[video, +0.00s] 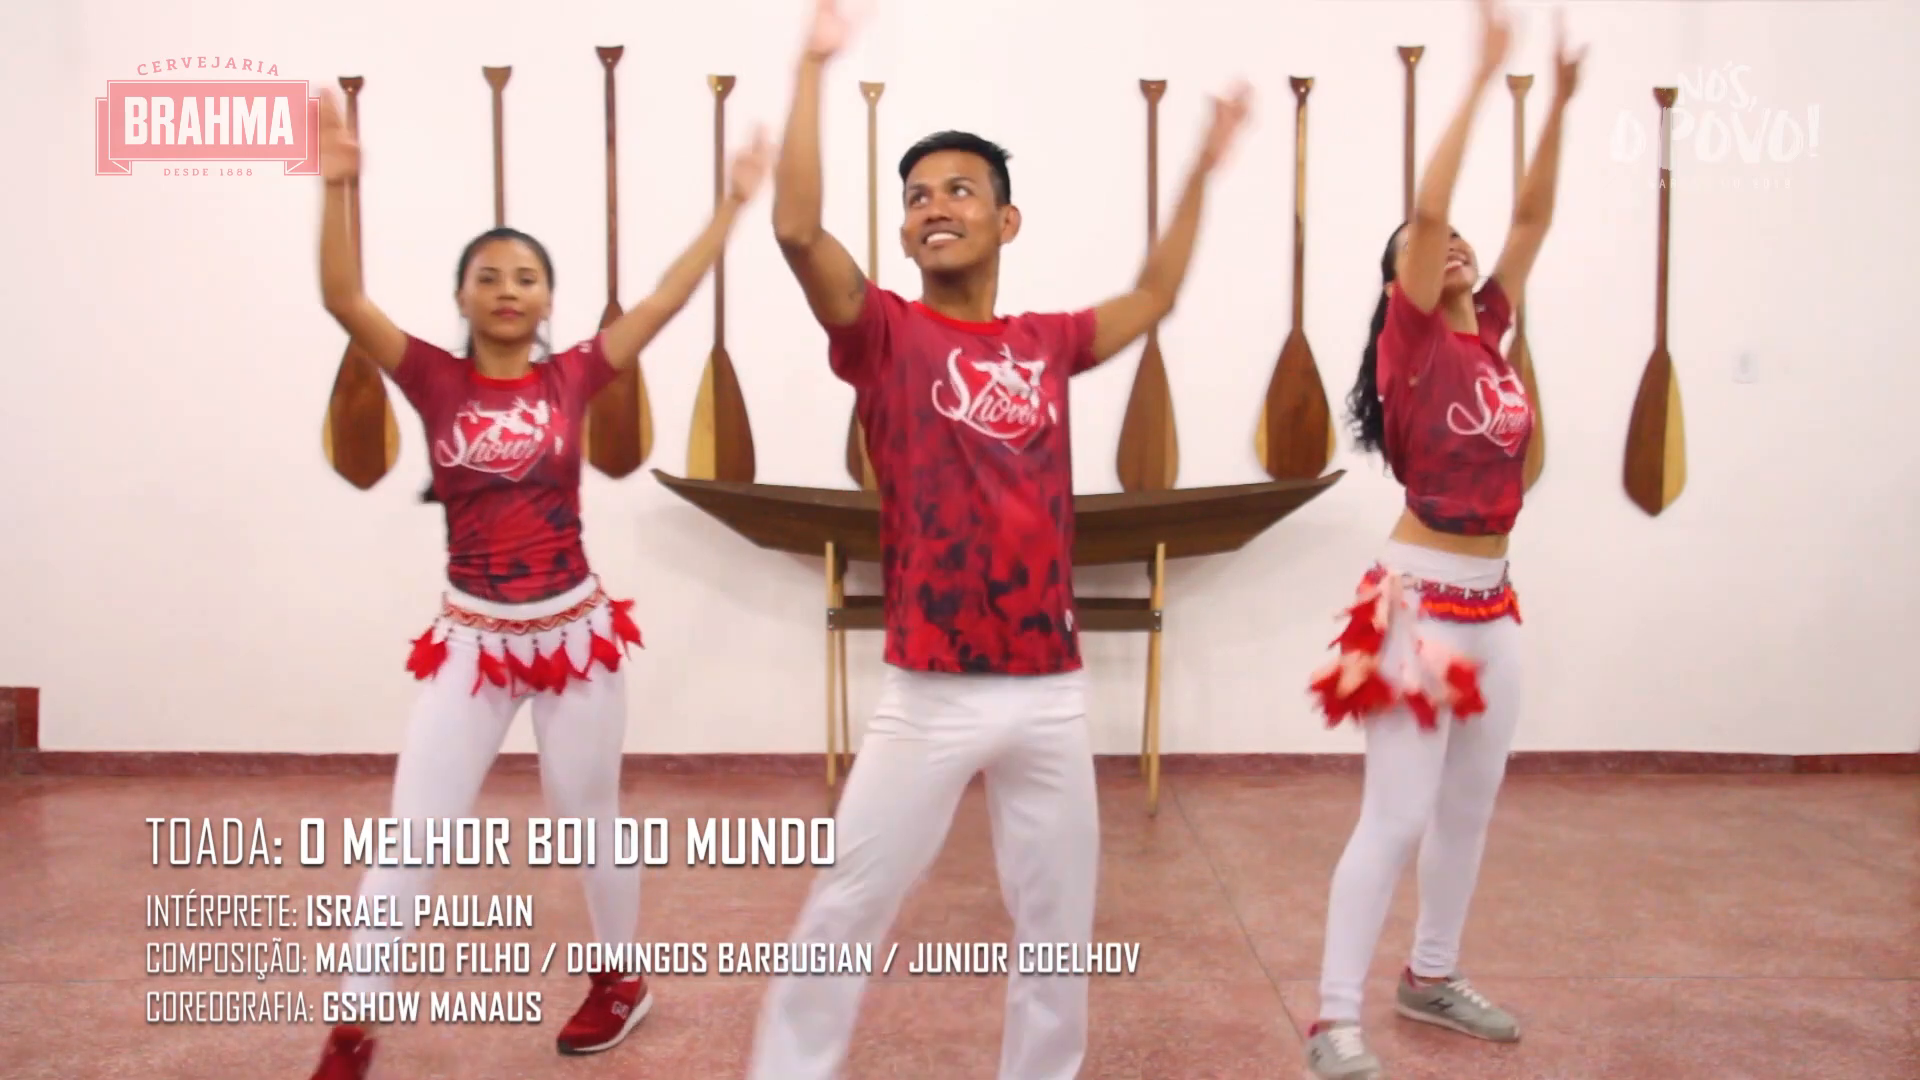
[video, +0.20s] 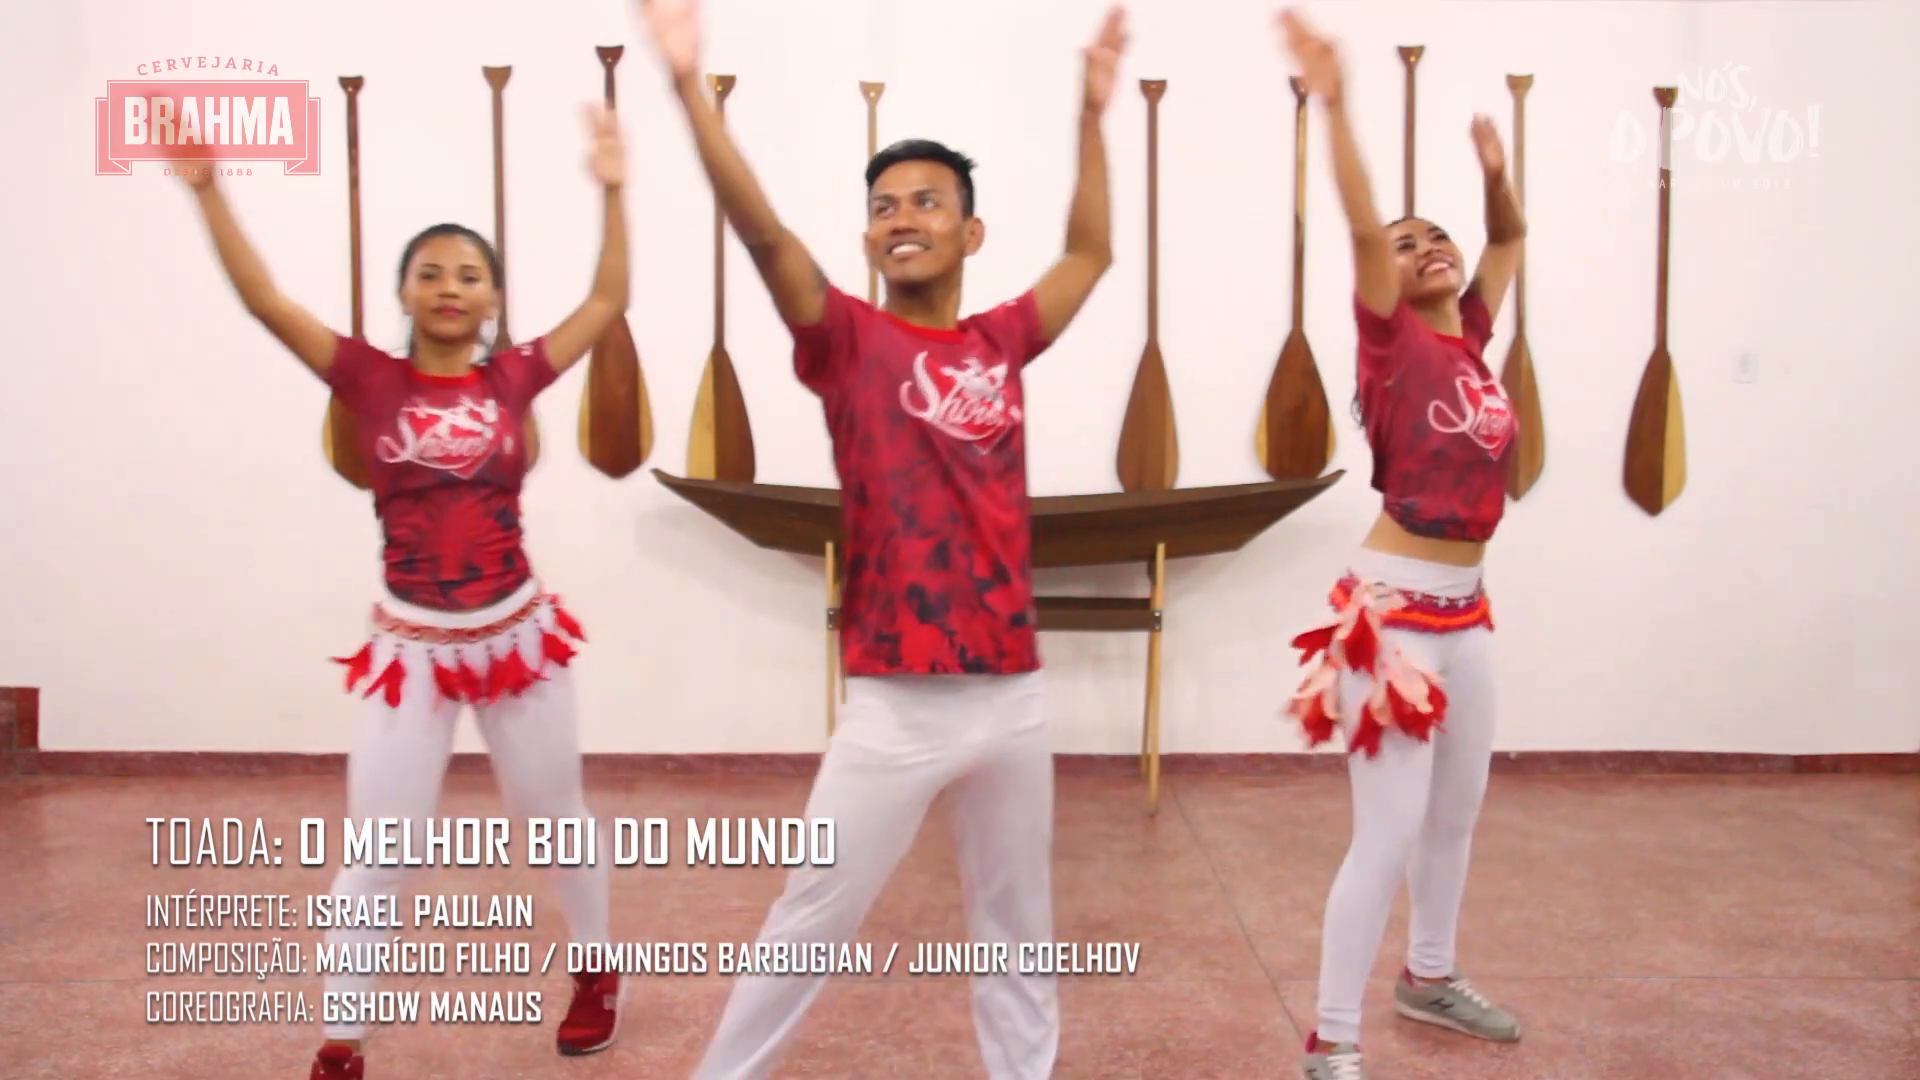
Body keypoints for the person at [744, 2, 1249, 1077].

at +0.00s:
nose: (937, 206)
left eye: (961, 189)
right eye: (920, 194)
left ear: (1009, 221)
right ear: (902, 228)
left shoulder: (1046, 343)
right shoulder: (883, 333)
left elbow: (1155, 293)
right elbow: (799, 231)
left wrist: (1205, 166)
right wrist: (813, 60)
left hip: (1046, 693)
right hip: (925, 694)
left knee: (1059, 948)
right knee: (841, 923)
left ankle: (1039, 1079)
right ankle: (783, 1076)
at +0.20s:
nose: (902, 217)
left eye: (925, 200)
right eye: (885, 205)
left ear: (972, 233)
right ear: (866, 238)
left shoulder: (1000, 341)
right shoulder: (849, 341)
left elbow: (1090, 252)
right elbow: (765, 235)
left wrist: (1094, 115)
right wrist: (690, 83)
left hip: (1007, 698)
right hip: (891, 704)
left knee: (1018, 942)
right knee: (807, 936)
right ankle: (716, 1079)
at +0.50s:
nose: (837, 244)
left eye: (862, 228)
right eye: (819, 223)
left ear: (894, 245)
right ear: (787, 231)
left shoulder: (913, 351)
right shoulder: (733, 335)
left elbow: (1024, 253)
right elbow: (619, 248)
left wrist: (992, 119)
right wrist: (511, 140)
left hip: (883, 710)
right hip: (750, 710)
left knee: (958, 949)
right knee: (715, 959)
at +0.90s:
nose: (774, 242)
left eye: (798, 222)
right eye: (754, 219)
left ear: (829, 237)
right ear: (717, 225)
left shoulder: (854, 352)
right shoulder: (664, 331)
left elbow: (953, 288)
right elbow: (508, 301)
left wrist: (867, 174)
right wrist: (356, 243)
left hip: (790, 716)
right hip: (670, 705)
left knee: (774, 966)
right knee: (684, 967)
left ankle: (775, 1078)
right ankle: (712, 1074)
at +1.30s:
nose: (763, 219)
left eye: (786, 200)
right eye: (741, 198)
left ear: (824, 224)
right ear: (708, 217)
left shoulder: (848, 340)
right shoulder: (664, 340)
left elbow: (906, 215)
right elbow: (521, 258)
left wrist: (819, 52)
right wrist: (409, 134)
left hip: (810, 725)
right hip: (687, 716)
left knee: (843, 954)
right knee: (684, 961)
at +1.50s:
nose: (802, 225)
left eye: (825, 208)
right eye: (778, 207)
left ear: (861, 236)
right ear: (745, 234)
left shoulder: (886, 356)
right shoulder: (713, 349)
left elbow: (955, 237)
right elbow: (599, 223)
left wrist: (957, 63)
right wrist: (540, 57)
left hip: (843, 751)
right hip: (714, 742)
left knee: (927, 1008)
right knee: (701, 997)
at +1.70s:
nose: (867, 217)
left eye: (892, 195)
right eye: (844, 199)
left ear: (937, 217)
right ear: (816, 222)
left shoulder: (975, 348)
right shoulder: (792, 342)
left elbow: (1063, 244)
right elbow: (684, 206)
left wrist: (1115, 91)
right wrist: (653, 38)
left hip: (942, 760)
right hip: (804, 748)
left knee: (994, 1026)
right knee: (734, 983)